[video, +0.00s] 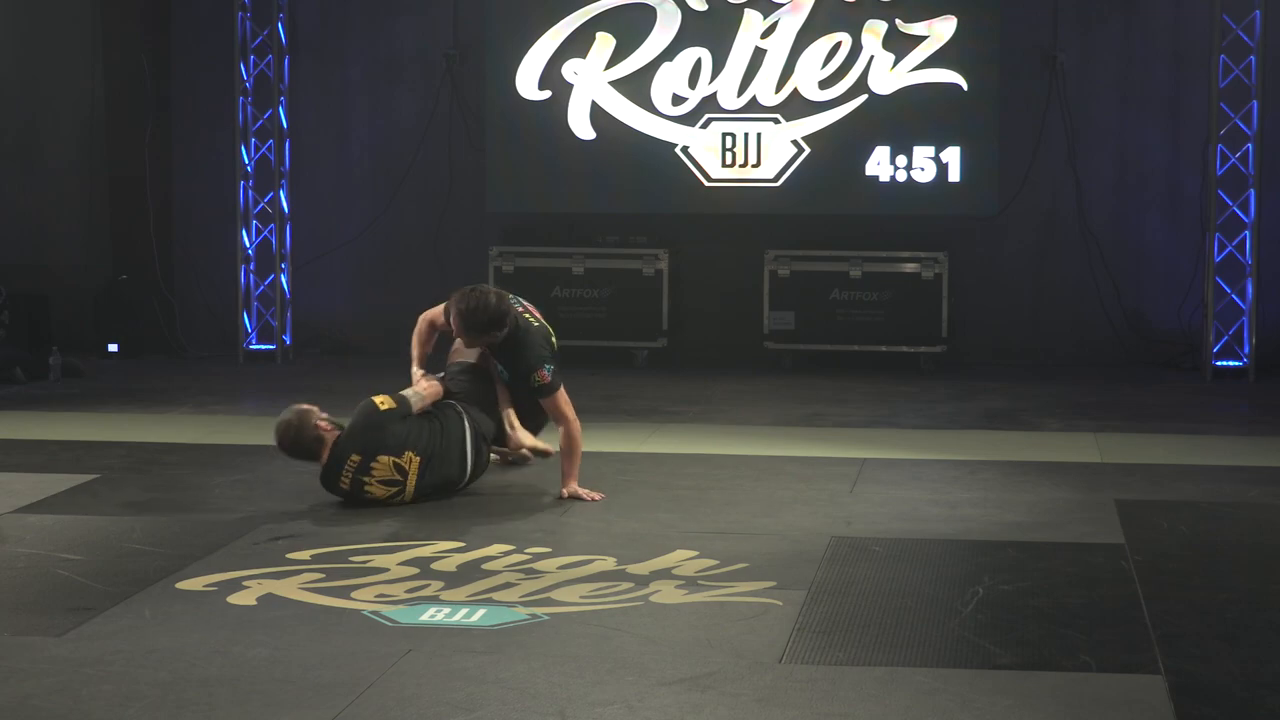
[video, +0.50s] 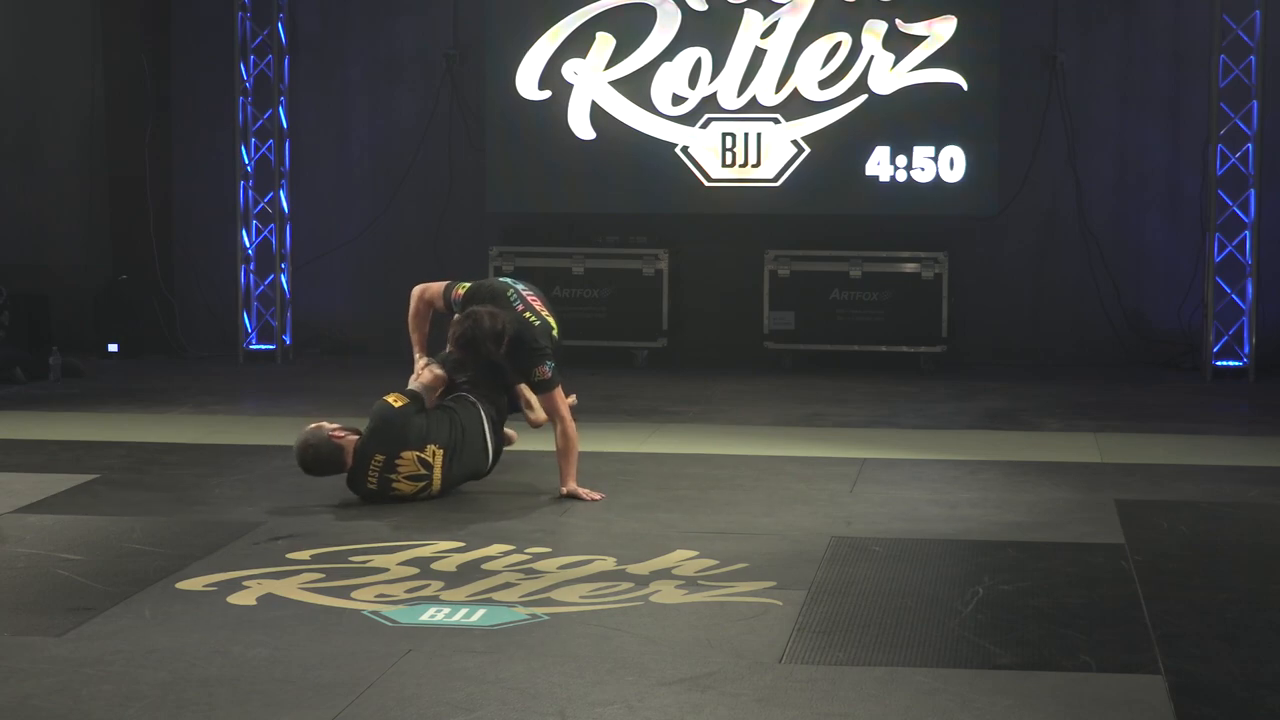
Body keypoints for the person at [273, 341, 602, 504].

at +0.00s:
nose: (328, 414)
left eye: (320, 411)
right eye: (322, 414)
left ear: (302, 453)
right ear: (322, 425)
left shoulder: (337, 488)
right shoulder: (369, 417)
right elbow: (434, 390)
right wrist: (415, 389)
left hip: (467, 473)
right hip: (463, 423)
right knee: (470, 342)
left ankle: (504, 446)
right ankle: (512, 432)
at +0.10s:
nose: (340, 405)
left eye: (335, 403)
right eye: (336, 403)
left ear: (314, 447)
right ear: (337, 412)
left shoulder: (341, 477)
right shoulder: (381, 409)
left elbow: (389, 465)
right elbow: (441, 390)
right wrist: (432, 383)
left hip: (473, 476)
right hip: (472, 426)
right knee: (478, 356)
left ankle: (511, 450)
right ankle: (517, 430)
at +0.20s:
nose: (348, 405)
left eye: (341, 403)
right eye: (343, 404)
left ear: (324, 446)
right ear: (344, 413)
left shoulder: (352, 478)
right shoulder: (390, 406)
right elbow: (448, 382)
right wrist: (432, 374)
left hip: (477, 470)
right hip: (481, 419)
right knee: (480, 348)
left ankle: (514, 452)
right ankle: (521, 423)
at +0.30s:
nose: (353, 408)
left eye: (346, 407)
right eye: (348, 409)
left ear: (334, 451)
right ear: (352, 417)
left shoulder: (360, 481)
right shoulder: (398, 411)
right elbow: (446, 382)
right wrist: (435, 371)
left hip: (480, 465)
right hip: (480, 414)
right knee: (478, 347)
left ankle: (515, 452)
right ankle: (527, 412)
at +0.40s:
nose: (346, 419)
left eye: (337, 418)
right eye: (341, 420)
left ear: (332, 468)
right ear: (347, 432)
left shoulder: (366, 490)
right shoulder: (393, 418)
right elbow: (435, 383)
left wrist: (428, 389)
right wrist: (430, 372)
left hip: (484, 464)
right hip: (480, 412)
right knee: (469, 333)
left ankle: (505, 444)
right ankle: (528, 407)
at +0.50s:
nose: (334, 423)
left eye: (326, 422)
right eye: (329, 424)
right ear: (336, 434)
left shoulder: (364, 490)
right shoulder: (385, 418)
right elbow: (434, 379)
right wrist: (426, 368)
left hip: (483, 464)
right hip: (476, 413)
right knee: (473, 325)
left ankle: (503, 436)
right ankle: (533, 408)